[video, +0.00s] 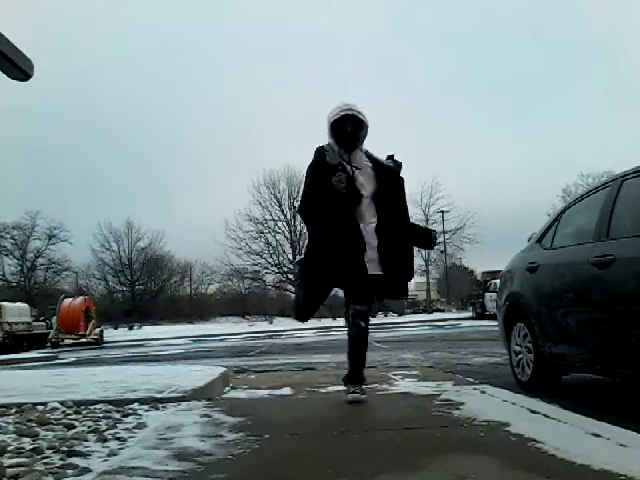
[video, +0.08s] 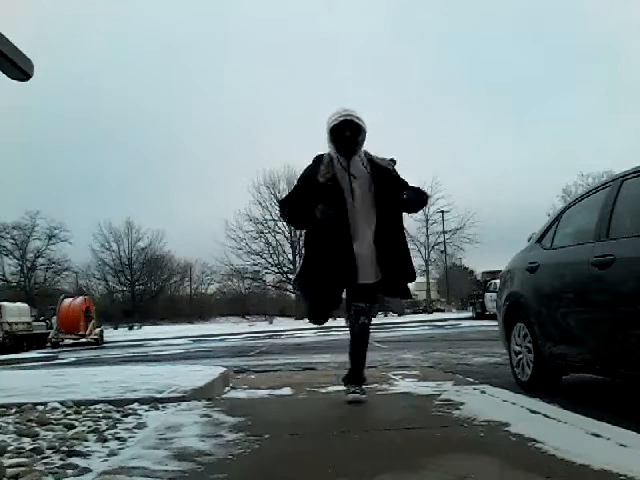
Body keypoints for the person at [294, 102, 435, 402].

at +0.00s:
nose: (349, 132)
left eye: (354, 126)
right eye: (342, 126)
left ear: (364, 131)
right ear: (332, 131)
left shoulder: (382, 170)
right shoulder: (323, 165)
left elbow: (393, 221)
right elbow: (309, 211)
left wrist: (421, 235)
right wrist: (334, 191)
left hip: (370, 254)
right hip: (335, 252)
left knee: (359, 316)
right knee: (304, 310)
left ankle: (355, 381)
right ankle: (308, 265)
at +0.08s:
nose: (347, 137)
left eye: (353, 131)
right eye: (341, 132)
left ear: (363, 135)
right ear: (331, 137)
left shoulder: (381, 170)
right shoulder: (320, 169)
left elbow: (412, 200)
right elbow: (290, 209)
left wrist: (413, 198)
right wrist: (315, 215)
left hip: (371, 257)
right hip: (333, 257)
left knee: (361, 317)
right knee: (319, 315)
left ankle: (355, 381)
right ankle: (312, 281)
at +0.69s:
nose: (326, 116)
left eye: (331, 109)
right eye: (320, 111)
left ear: (342, 110)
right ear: (312, 116)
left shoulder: (361, 132)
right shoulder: (302, 153)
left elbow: (397, 117)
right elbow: (294, 197)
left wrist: (358, 121)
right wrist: (296, 231)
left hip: (363, 227)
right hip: (328, 238)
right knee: (343, 309)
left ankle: (375, 297)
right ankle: (355, 373)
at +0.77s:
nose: (329, 121)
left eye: (334, 115)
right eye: (322, 116)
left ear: (345, 118)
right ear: (312, 121)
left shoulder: (361, 142)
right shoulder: (302, 160)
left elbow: (398, 158)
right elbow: (297, 205)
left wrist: (364, 130)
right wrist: (288, 230)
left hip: (366, 230)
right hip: (330, 242)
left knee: (360, 235)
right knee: (345, 316)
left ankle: (377, 300)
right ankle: (350, 381)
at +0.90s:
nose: (332, 142)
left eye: (338, 136)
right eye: (326, 136)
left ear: (348, 139)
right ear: (317, 140)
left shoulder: (362, 168)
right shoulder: (304, 182)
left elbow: (376, 221)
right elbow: (300, 229)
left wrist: (378, 205)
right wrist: (295, 237)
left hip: (360, 258)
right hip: (328, 264)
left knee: (350, 325)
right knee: (346, 324)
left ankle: (352, 382)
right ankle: (352, 381)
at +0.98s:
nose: (335, 137)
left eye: (341, 131)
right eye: (329, 131)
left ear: (350, 133)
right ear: (321, 134)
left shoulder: (367, 165)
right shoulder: (308, 167)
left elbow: (379, 206)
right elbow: (287, 209)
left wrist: (378, 206)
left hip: (363, 251)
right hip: (328, 253)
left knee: (351, 316)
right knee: (344, 317)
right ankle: (350, 380)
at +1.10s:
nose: (339, 112)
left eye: (345, 106)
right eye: (333, 105)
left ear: (354, 109)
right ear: (323, 109)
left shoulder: (367, 141)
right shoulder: (310, 139)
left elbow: (378, 184)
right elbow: (288, 175)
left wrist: (372, 180)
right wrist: (303, 142)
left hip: (358, 227)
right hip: (323, 230)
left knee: (360, 286)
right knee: (335, 296)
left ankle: (368, 345)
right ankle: (341, 363)